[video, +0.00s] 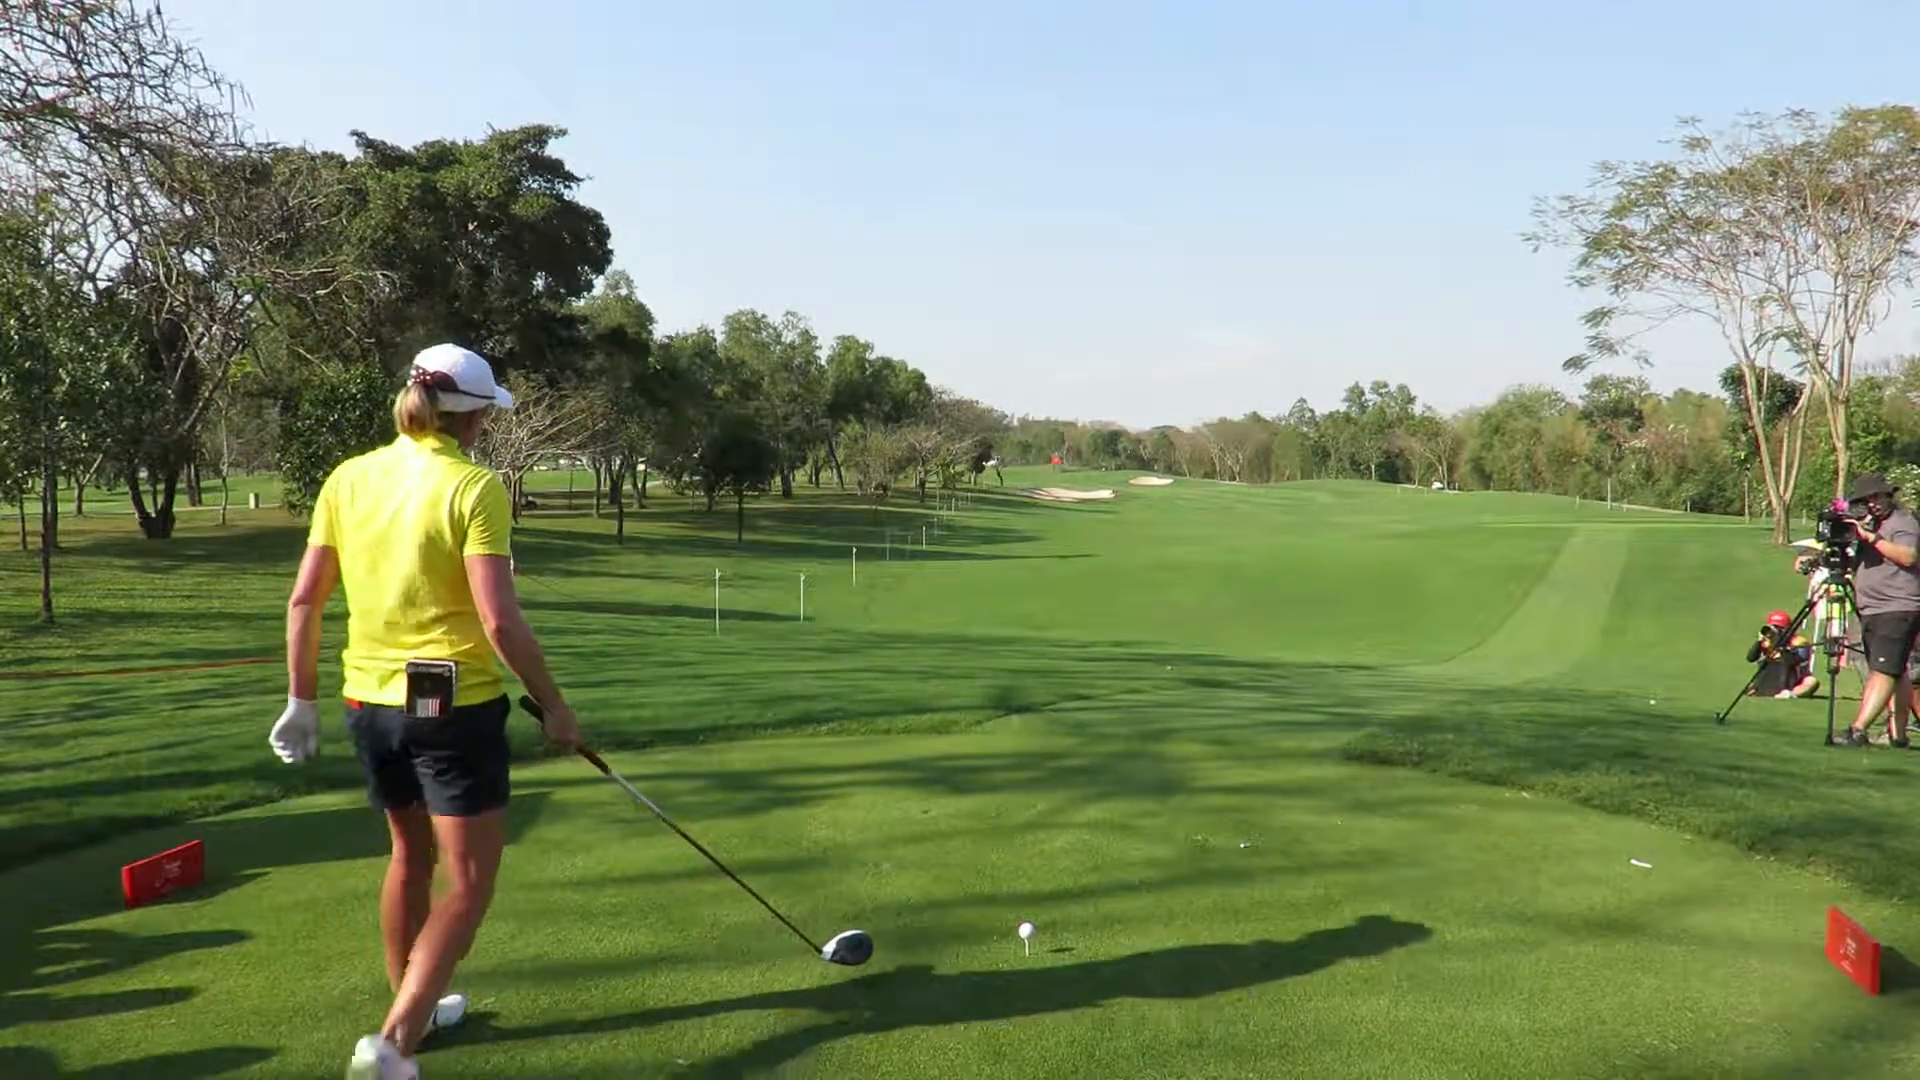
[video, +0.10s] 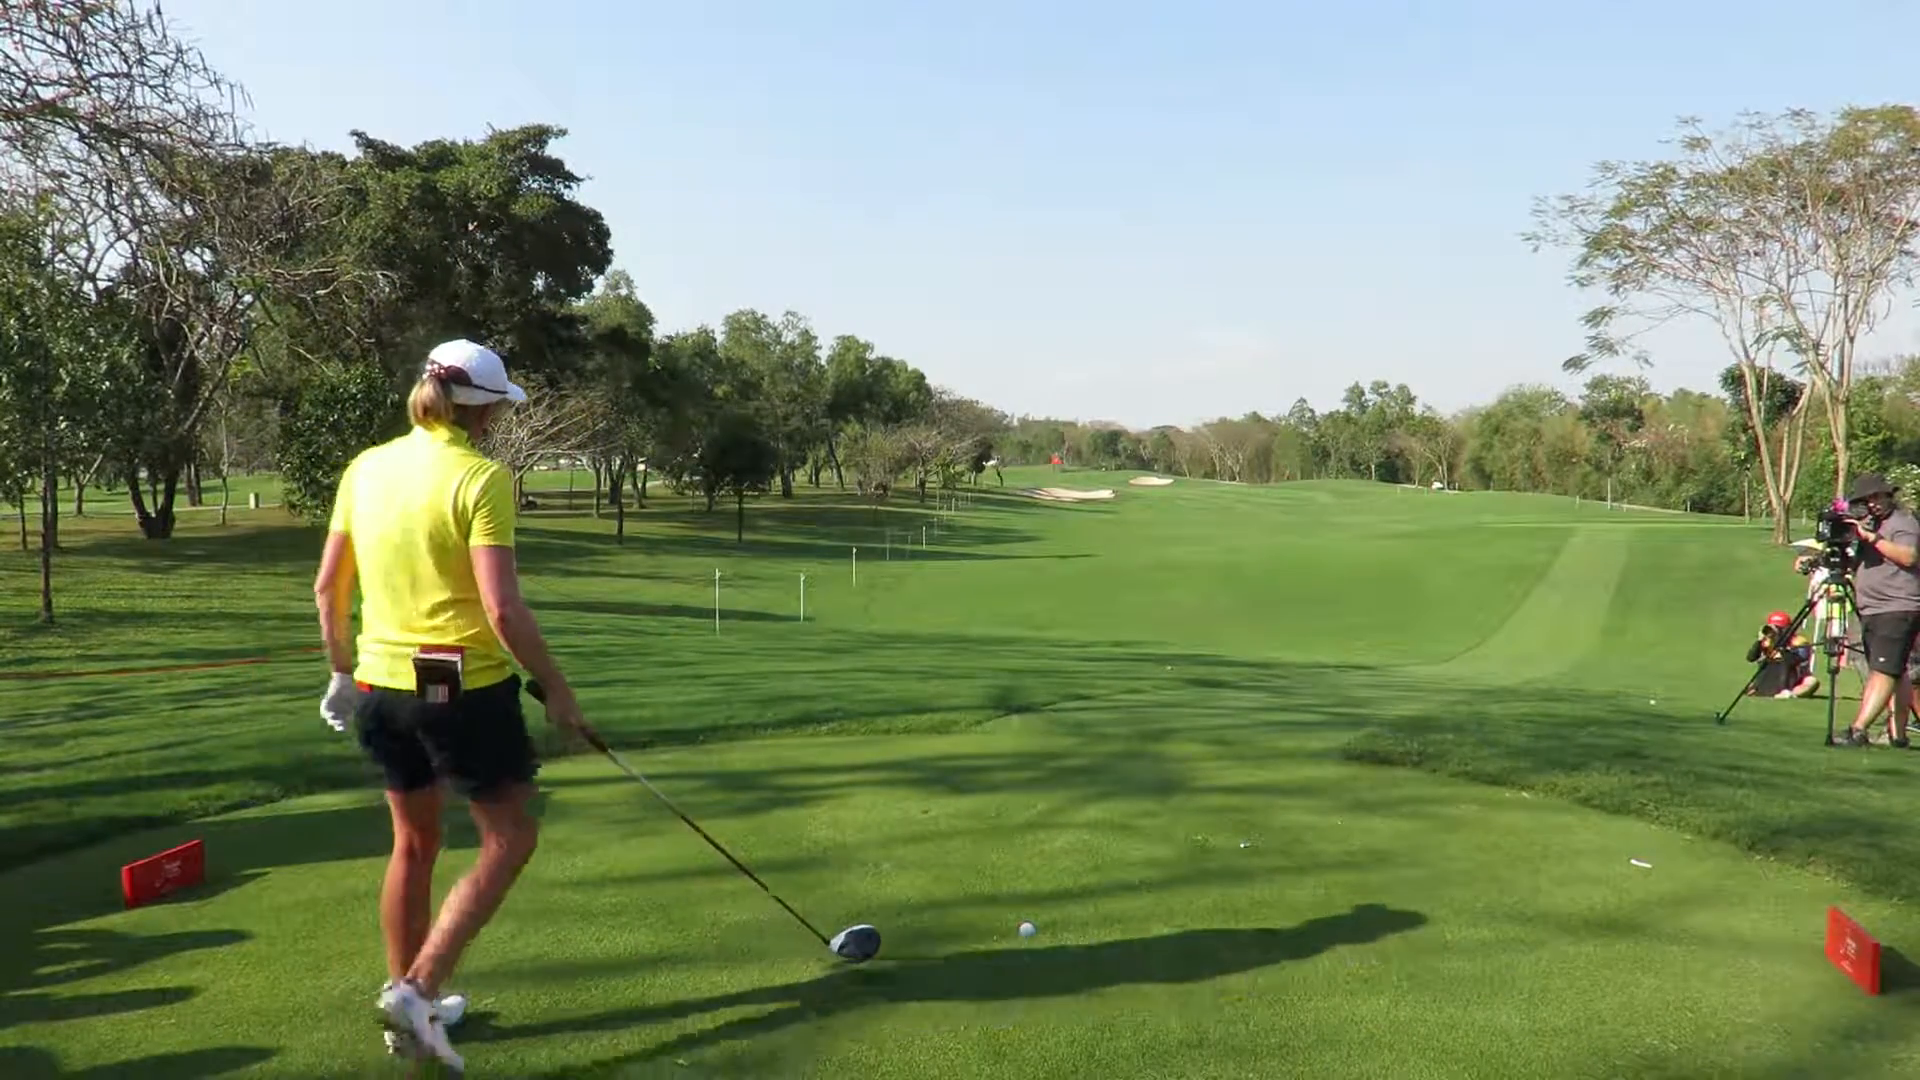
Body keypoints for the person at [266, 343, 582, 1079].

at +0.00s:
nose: (488, 426)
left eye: (488, 414)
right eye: (484, 414)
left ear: (412, 407)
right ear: (466, 414)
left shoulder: (346, 479)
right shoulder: (471, 485)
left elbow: (304, 601)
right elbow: (499, 622)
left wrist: (299, 696)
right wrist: (555, 706)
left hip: (372, 709)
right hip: (456, 712)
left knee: (407, 852)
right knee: (468, 885)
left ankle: (412, 1004)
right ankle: (393, 1043)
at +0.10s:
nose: (498, 421)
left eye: (499, 409)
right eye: (494, 409)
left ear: (428, 400)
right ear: (469, 406)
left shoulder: (363, 468)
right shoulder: (479, 476)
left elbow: (329, 587)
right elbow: (503, 609)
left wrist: (345, 672)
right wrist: (558, 693)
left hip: (384, 689)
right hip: (465, 692)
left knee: (412, 839)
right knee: (511, 835)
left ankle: (414, 1002)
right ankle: (419, 987)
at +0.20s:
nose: (512, 422)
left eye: (514, 411)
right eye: (509, 410)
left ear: (444, 402)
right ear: (488, 409)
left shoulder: (384, 464)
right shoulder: (490, 476)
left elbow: (357, 581)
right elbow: (510, 606)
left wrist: (400, 631)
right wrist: (565, 681)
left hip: (396, 677)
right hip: (477, 677)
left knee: (415, 841)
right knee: (539, 812)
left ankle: (409, 1013)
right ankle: (473, 972)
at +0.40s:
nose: (557, 436)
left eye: (556, 425)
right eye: (551, 425)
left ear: (490, 416)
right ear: (526, 425)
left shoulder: (438, 475)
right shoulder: (519, 489)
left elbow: (417, 570)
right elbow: (532, 613)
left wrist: (479, 607)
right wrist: (594, 676)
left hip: (437, 679)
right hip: (512, 684)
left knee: (442, 832)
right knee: (560, 813)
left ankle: (413, 1006)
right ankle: (580, 939)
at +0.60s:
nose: (602, 443)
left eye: (603, 433)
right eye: (597, 432)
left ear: (552, 422)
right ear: (568, 426)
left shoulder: (497, 469)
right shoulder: (557, 488)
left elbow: (469, 559)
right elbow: (564, 609)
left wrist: (535, 579)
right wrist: (627, 665)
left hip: (493, 667)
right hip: (553, 672)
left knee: (528, 798)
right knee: (582, 800)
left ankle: (449, 913)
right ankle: (580, 937)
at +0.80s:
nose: (636, 443)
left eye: (639, 433)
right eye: (633, 432)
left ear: (598, 419)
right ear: (600, 422)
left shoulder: (551, 458)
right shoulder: (579, 481)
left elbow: (510, 541)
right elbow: (585, 600)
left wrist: (561, 583)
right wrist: (649, 655)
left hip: (546, 643)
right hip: (557, 652)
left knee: (615, 764)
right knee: (581, 792)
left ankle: (554, 893)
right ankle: (580, 937)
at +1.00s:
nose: (667, 446)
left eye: (669, 436)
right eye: (661, 435)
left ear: (632, 425)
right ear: (626, 425)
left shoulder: (613, 472)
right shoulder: (594, 482)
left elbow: (589, 569)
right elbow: (596, 594)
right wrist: (661, 649)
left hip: (603, 644)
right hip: (572, 647)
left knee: (629, 764)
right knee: (594, 787)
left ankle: (640, 894)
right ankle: (579, 933)